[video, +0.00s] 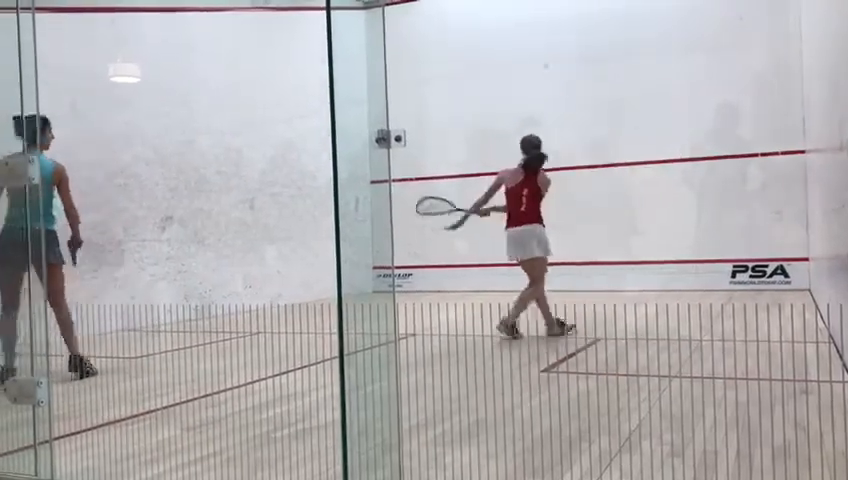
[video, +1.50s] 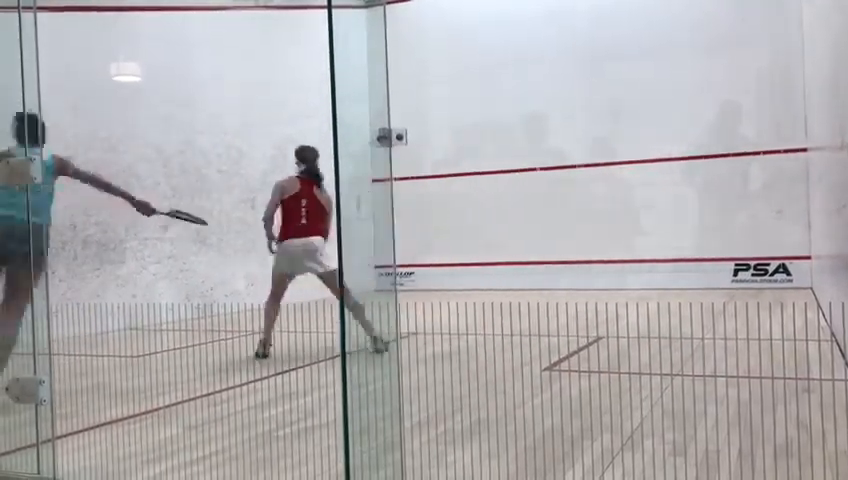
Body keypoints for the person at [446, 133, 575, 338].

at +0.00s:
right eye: (537, 149)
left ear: (521, 152)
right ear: (540, 152)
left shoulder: (507, 175)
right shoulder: (543, 178)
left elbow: (484, 199)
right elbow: (521, 204)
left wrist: (468, 213)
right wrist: (491, 210)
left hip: (513, 232)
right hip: (533, 230)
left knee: (536, 281)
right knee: (537, 282)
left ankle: (551, 323)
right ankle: (509, 320)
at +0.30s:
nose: (475, 150)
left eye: (476, 147)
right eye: (479, 146)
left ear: (477, 148)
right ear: (494, 147)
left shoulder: (469, 167)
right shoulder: (501, 173)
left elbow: (469, 190)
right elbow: (507, 208)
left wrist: (472, 212)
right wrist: (490, 217)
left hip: (472, 225)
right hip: (495, 224)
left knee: (465, 278)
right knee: (501, 279)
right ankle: (502, 325)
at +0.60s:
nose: (421, 153)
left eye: (422, 150)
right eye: (423, 150)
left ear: (426, 152)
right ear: (443, 153)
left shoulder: (416, 170)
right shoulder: (451, 175)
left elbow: (407, 203)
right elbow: (465, 209)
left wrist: (396, 222)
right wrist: (452, 228)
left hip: (423, 229)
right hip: (446, 228)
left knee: (418, 284)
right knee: (463, 282)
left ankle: (418, 332)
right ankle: (477, 327)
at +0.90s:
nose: (399, 148)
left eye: (397, 147)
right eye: (404, 147)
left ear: (391, 153)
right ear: (411, 154)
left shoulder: (381, 172)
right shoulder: (416, 175)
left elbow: (374, 200)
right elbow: (427, 212)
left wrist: (386, 181)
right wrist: (416, 231)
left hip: (383, 230)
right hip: (406, 230)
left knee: (394, 286)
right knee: (400, 286)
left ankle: (411, 330)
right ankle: (382, 332)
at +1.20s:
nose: (388, 155)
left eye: (388, 151)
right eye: (387, 151)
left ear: (362, 149)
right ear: (381, 152)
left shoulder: (346, 166)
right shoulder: (383, 174)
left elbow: (328, 192)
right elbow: (392, 210)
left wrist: (349, 197)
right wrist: (393, 240)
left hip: (338, 227)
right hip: (364, 227)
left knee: (337, 282)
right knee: (378, 284)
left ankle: (333, 332)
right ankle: (377, 336)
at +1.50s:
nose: (296, 164)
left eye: (296, 162)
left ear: (297, 163)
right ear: (316, 164)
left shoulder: (284, 186)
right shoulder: (324, 194)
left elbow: (268, 217)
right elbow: (327, 227)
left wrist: (270, 238)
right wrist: (320, 242)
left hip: (288, 246)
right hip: (315, 246)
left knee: (275, 297)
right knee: (342, 292)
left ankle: (265, 343)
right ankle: (374, 335)